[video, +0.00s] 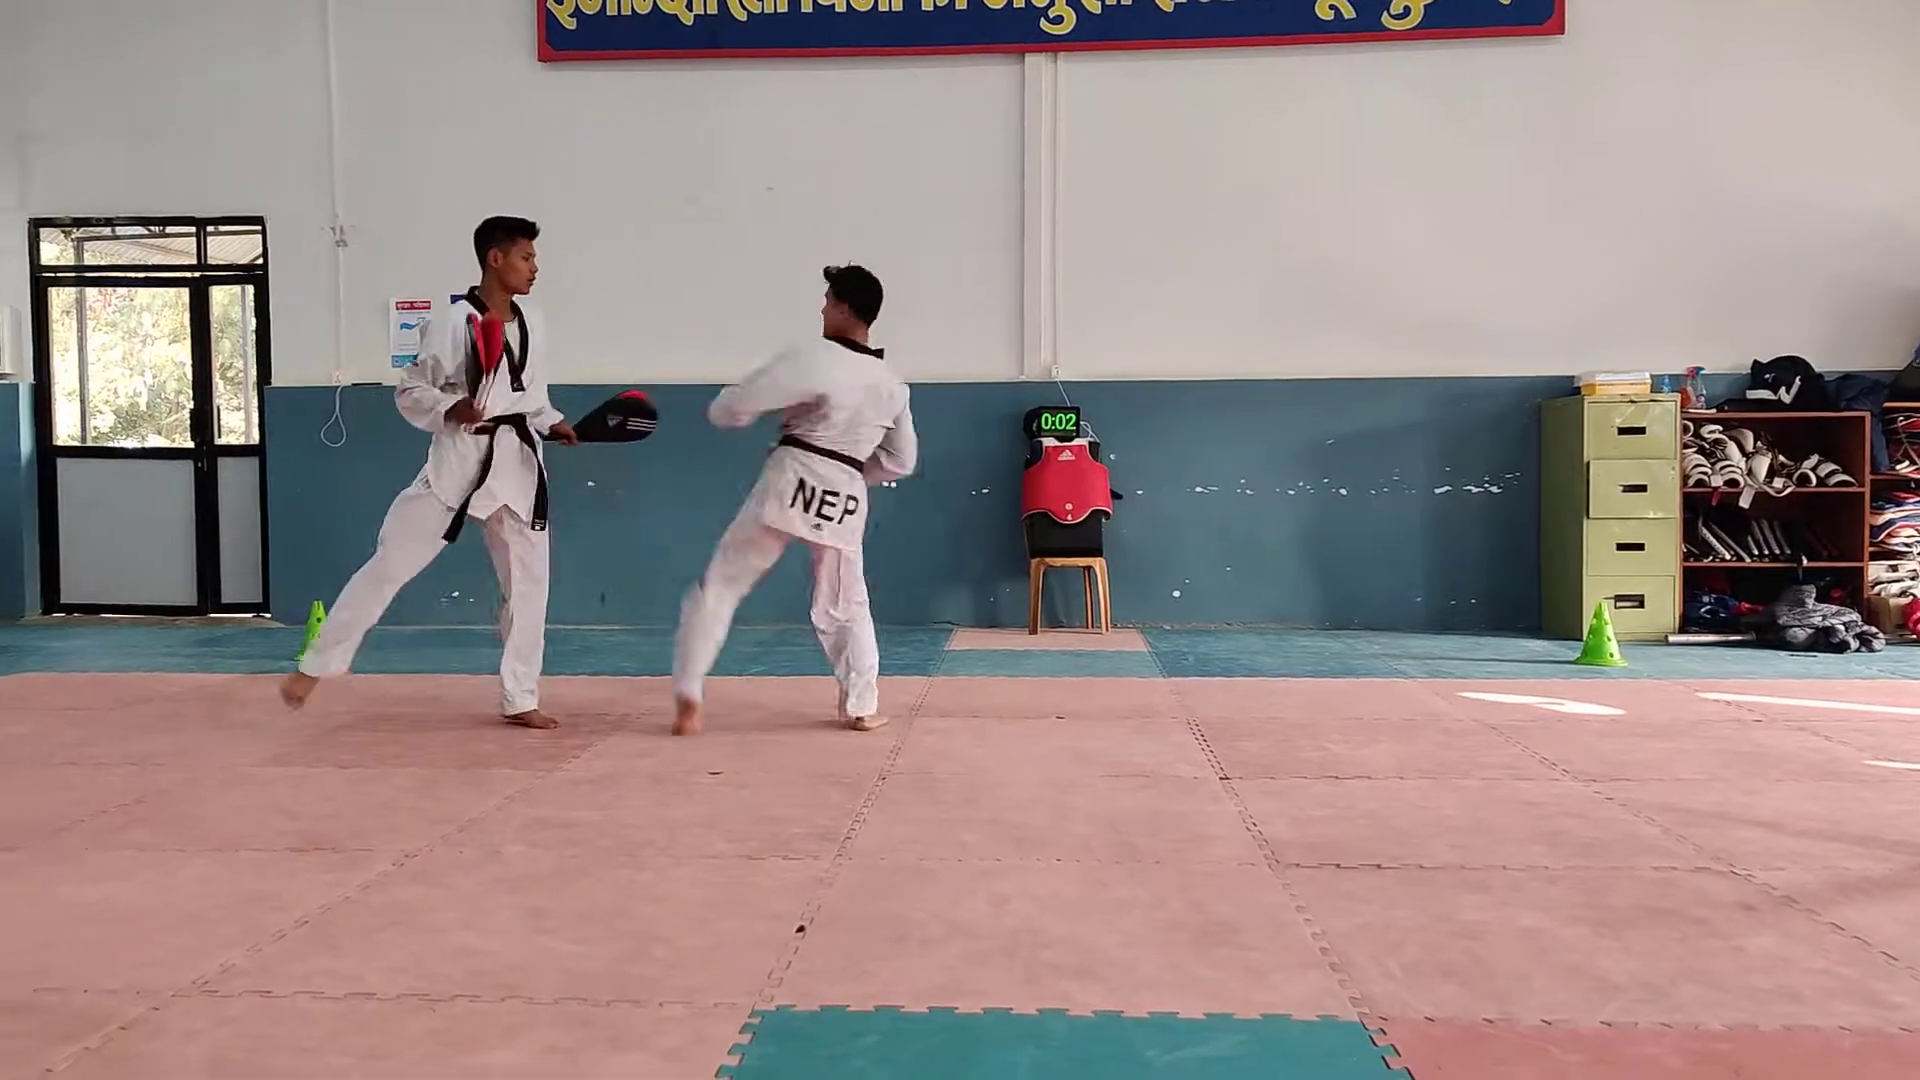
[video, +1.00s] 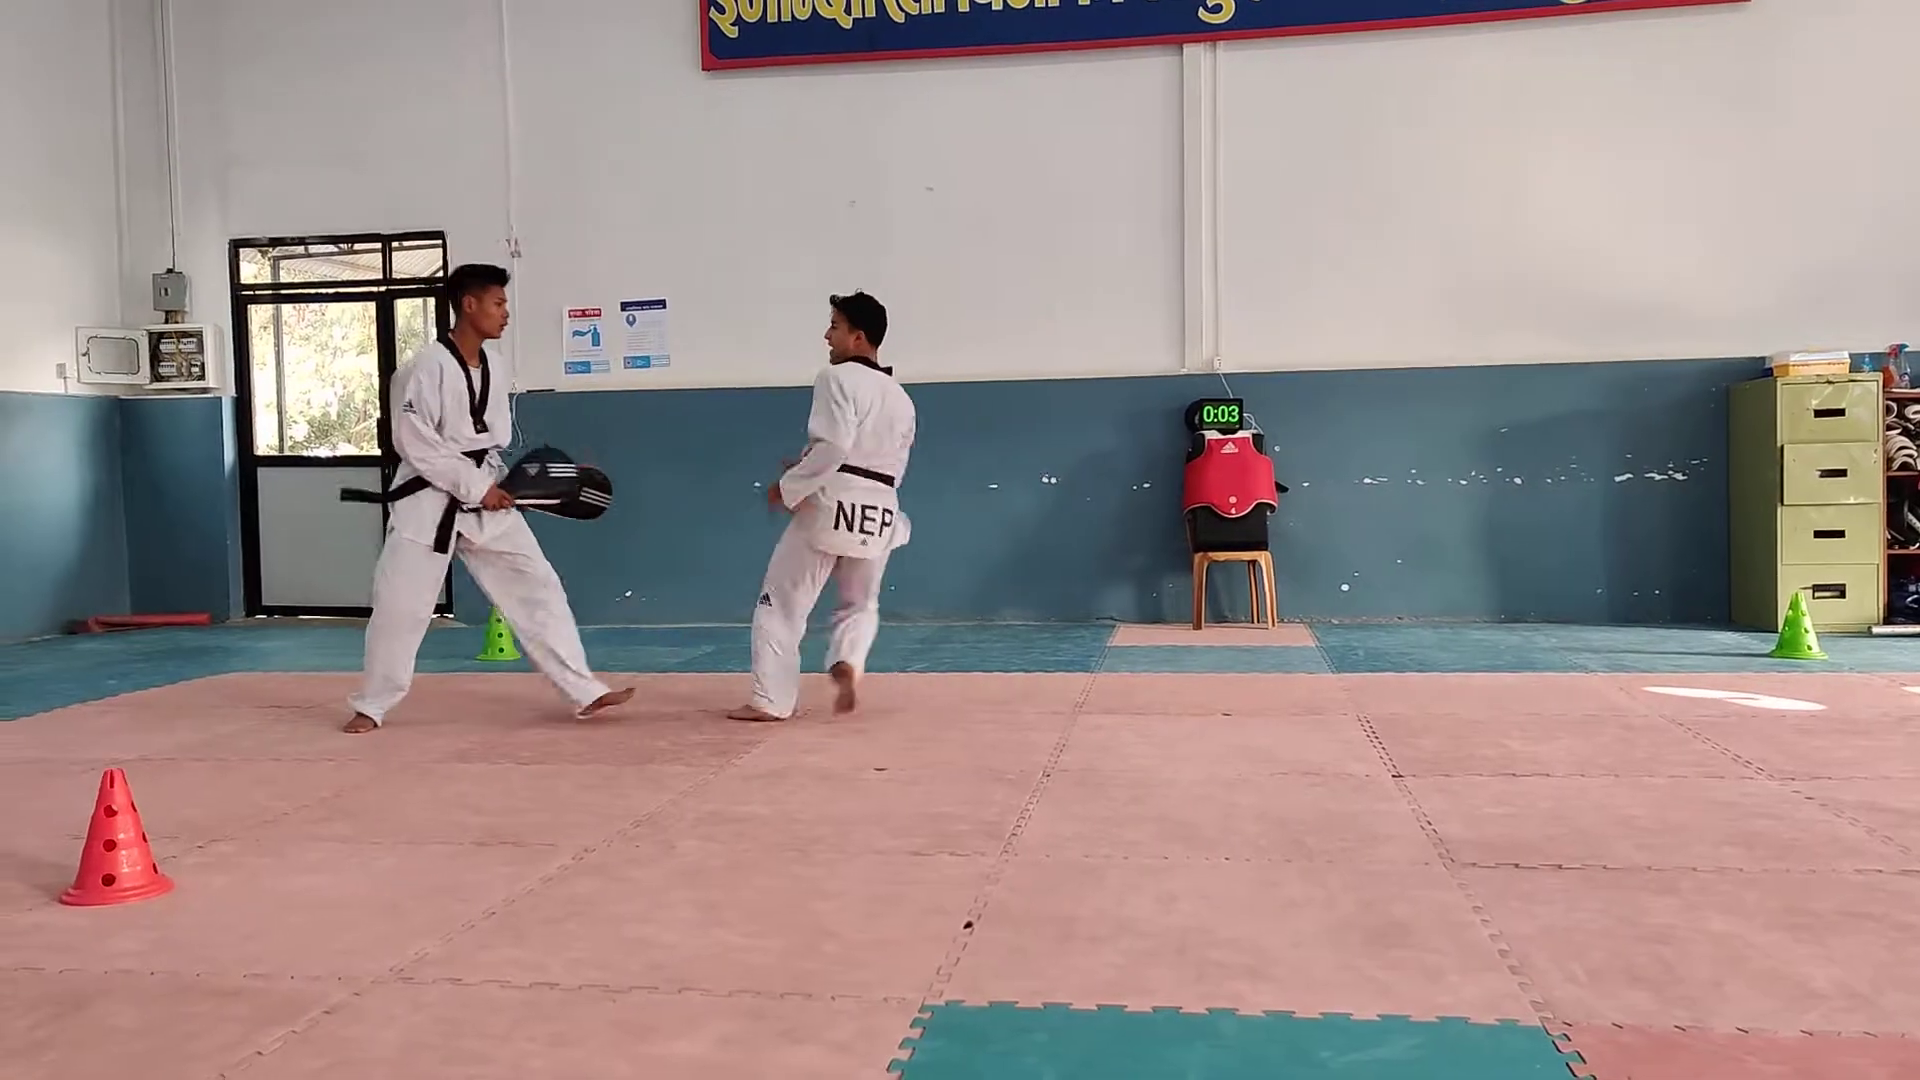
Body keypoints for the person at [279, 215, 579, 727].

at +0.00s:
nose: (535, 267)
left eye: (534, 258)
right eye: (526, 258)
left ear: (510, 262)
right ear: (496, 259)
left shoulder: (529, 323)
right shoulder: (452, 319)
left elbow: (529, 392)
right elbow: (411, 393)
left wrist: (553, 421)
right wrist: (449, 409)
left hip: (516, 462)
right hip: (456, 461)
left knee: (529, 579)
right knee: (392, 564)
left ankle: (520, 700)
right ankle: (316, 664)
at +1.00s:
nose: (506, 313)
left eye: (506, 304)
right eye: (498, 304)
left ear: (479, 307)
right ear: (468, 305)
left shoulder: (496, 363)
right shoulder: (424, 368)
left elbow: (498, 439)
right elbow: (414, 442)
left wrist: (511, 483)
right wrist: (476, 486)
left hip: (485, 492)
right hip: (426, 495)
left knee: (537, 585)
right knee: (398, 601)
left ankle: (583, 691)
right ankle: (370, 707)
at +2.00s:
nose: (753, 302)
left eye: (753, 293)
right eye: (746, 293)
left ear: (726, 299)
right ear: (718, 297)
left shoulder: (732, 364)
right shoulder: (680, 353)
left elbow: (762, 421)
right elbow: (636, 420)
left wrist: (821, 438)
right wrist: (667, 469)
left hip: (700, 483)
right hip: (679, 481)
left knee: (660, 591)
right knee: (729, 587)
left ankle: (612, 696)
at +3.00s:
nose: (696, 280)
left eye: (695, 271)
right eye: (686, 271)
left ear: (678, 278)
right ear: (655, 278)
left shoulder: (697, 326)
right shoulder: (633, 333)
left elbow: (745, 359)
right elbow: (707, 374)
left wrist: (800, 335)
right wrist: (777, 335)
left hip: (681, 459)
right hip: (629, 458)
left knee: (706, 576)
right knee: (608, 580)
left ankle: (711, 696)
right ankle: (585, 705)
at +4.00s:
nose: (616, 301)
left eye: (617, 291)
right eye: (610, 289)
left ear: (587, 289)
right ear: (581, 286)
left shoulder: (582, 344)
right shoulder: (534, 333)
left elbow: (587, 408)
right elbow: (549, 410)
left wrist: (618, 448)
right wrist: (618, 445)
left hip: (537, 453)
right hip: (493, 447)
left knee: (558, 567)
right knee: (487, 568)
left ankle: (580, 685)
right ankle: (475, 693)